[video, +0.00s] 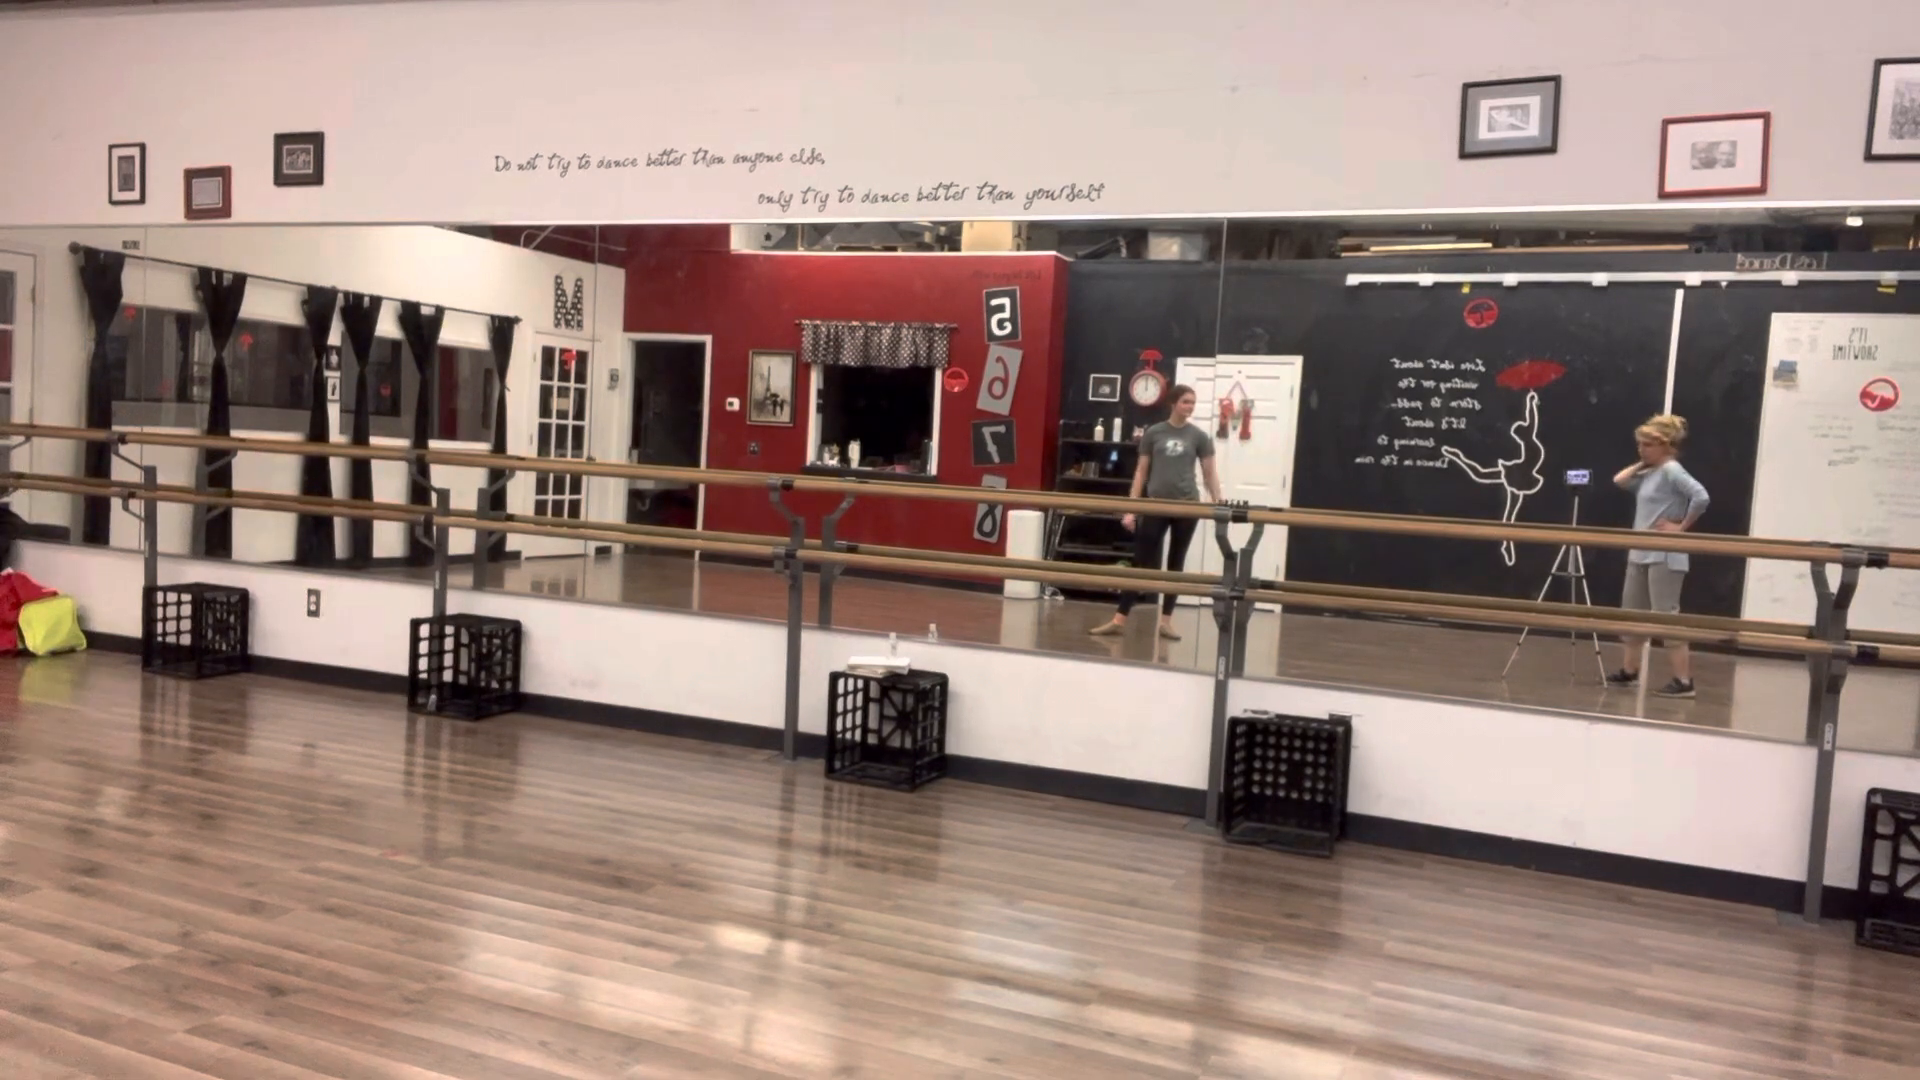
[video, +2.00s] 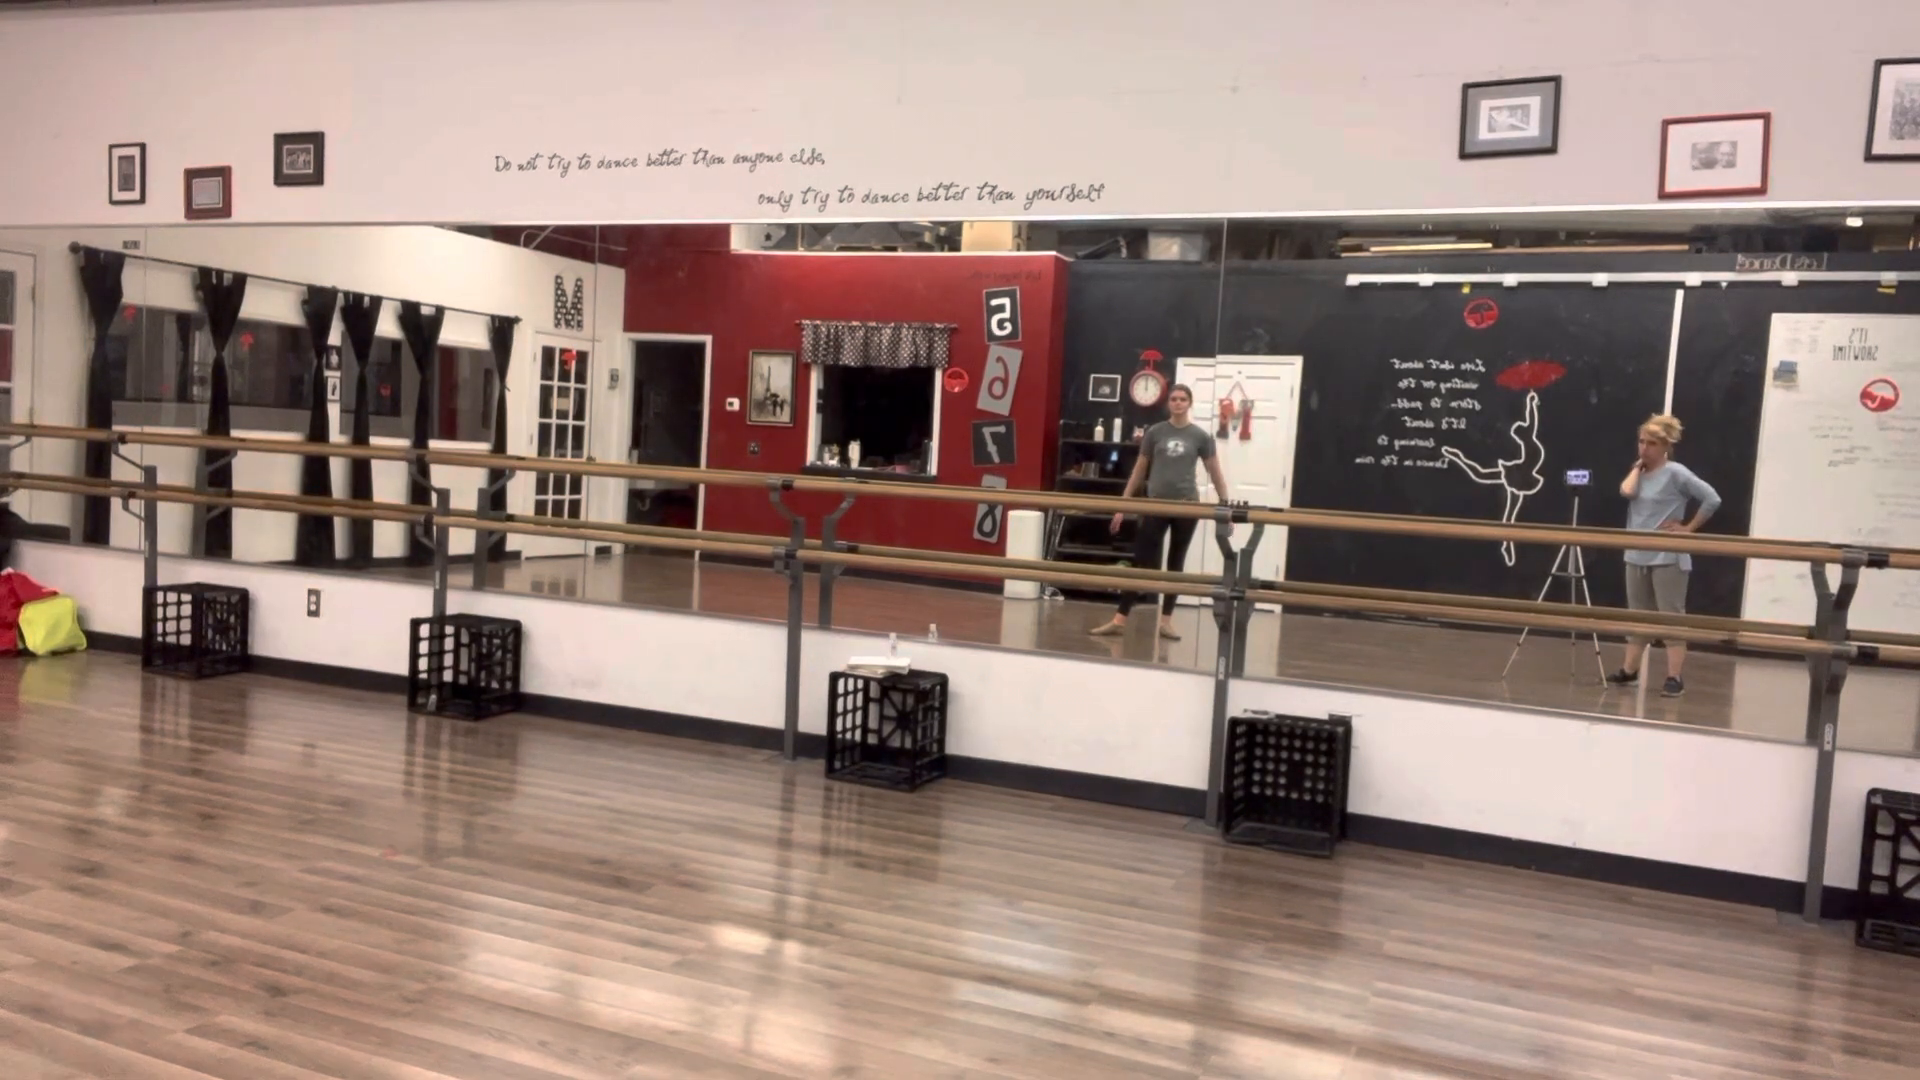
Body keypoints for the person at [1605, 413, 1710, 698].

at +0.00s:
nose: (1642, 450)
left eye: (1648, 445)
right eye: (1640, 444)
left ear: (1666, 446)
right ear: (1642, 447)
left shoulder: (1672, 470)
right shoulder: (1648, 473)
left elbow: (1700, 497)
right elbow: (1619, 480)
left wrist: (1681, 527)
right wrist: (1642, 463)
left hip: (1665, 556)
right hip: (1639, 553)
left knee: (1667, 617)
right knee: (1631, 613)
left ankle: (1682, 679)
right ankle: (1629, 670)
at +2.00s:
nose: (1643, 449)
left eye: (1650, 444)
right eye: (1641, 442)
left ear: (1665, 447)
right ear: (1639, 444)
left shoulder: (1676, 473)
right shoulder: (1637, 473)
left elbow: (1712, 499)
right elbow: (1627, 491)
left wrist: (1689, 528)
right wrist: (1638, 465)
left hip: (1668, 556)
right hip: (1636, 555)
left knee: (1671, 618)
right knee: (1637, 616)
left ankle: (1674, 677)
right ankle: (1629, 670)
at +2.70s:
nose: (1636, 445)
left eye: (1642, 440)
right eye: (1635, 439)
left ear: (1659, 445)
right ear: (1637, 444)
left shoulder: (1672, 474)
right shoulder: (1638, 476)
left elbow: (1709, 499)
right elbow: (1622, 504)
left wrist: (1689, 528)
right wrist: (1634, 472)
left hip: (1668, 555)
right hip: (1638, 554)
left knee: (1670, 617)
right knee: (1637, 616)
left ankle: (1687, 679)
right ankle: (1628, 670)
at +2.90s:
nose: (1642, 448)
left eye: (1647, 442)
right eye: (1642, 442)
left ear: (1664, 445)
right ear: (1656, 447)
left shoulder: (1677, 473)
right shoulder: (1656, 477)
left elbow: (1709, 499)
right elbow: (1637, 507)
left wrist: (1696, 527)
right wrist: (1648, 475)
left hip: (1682, 557)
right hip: (1658, 555)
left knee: (1678, 618)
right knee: (1645, 614)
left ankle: (1688, 679)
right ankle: (1628, 670)